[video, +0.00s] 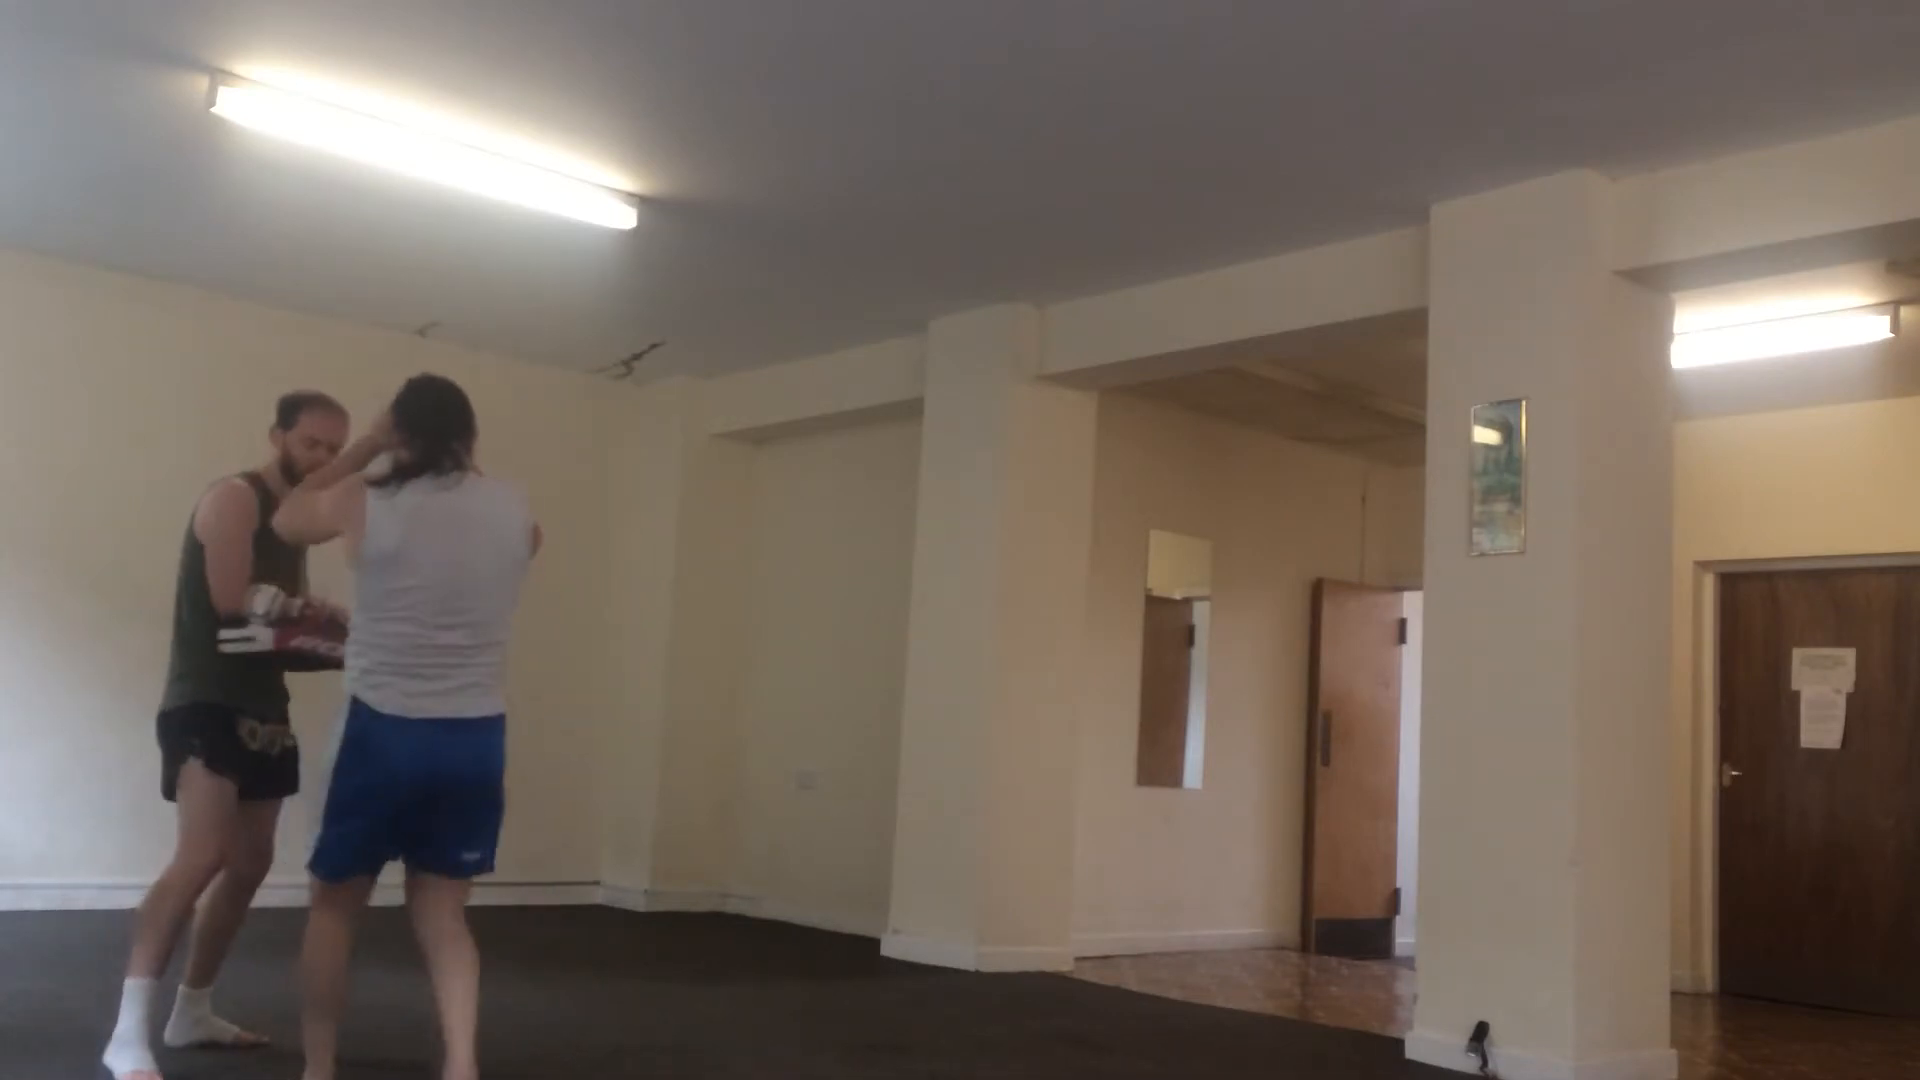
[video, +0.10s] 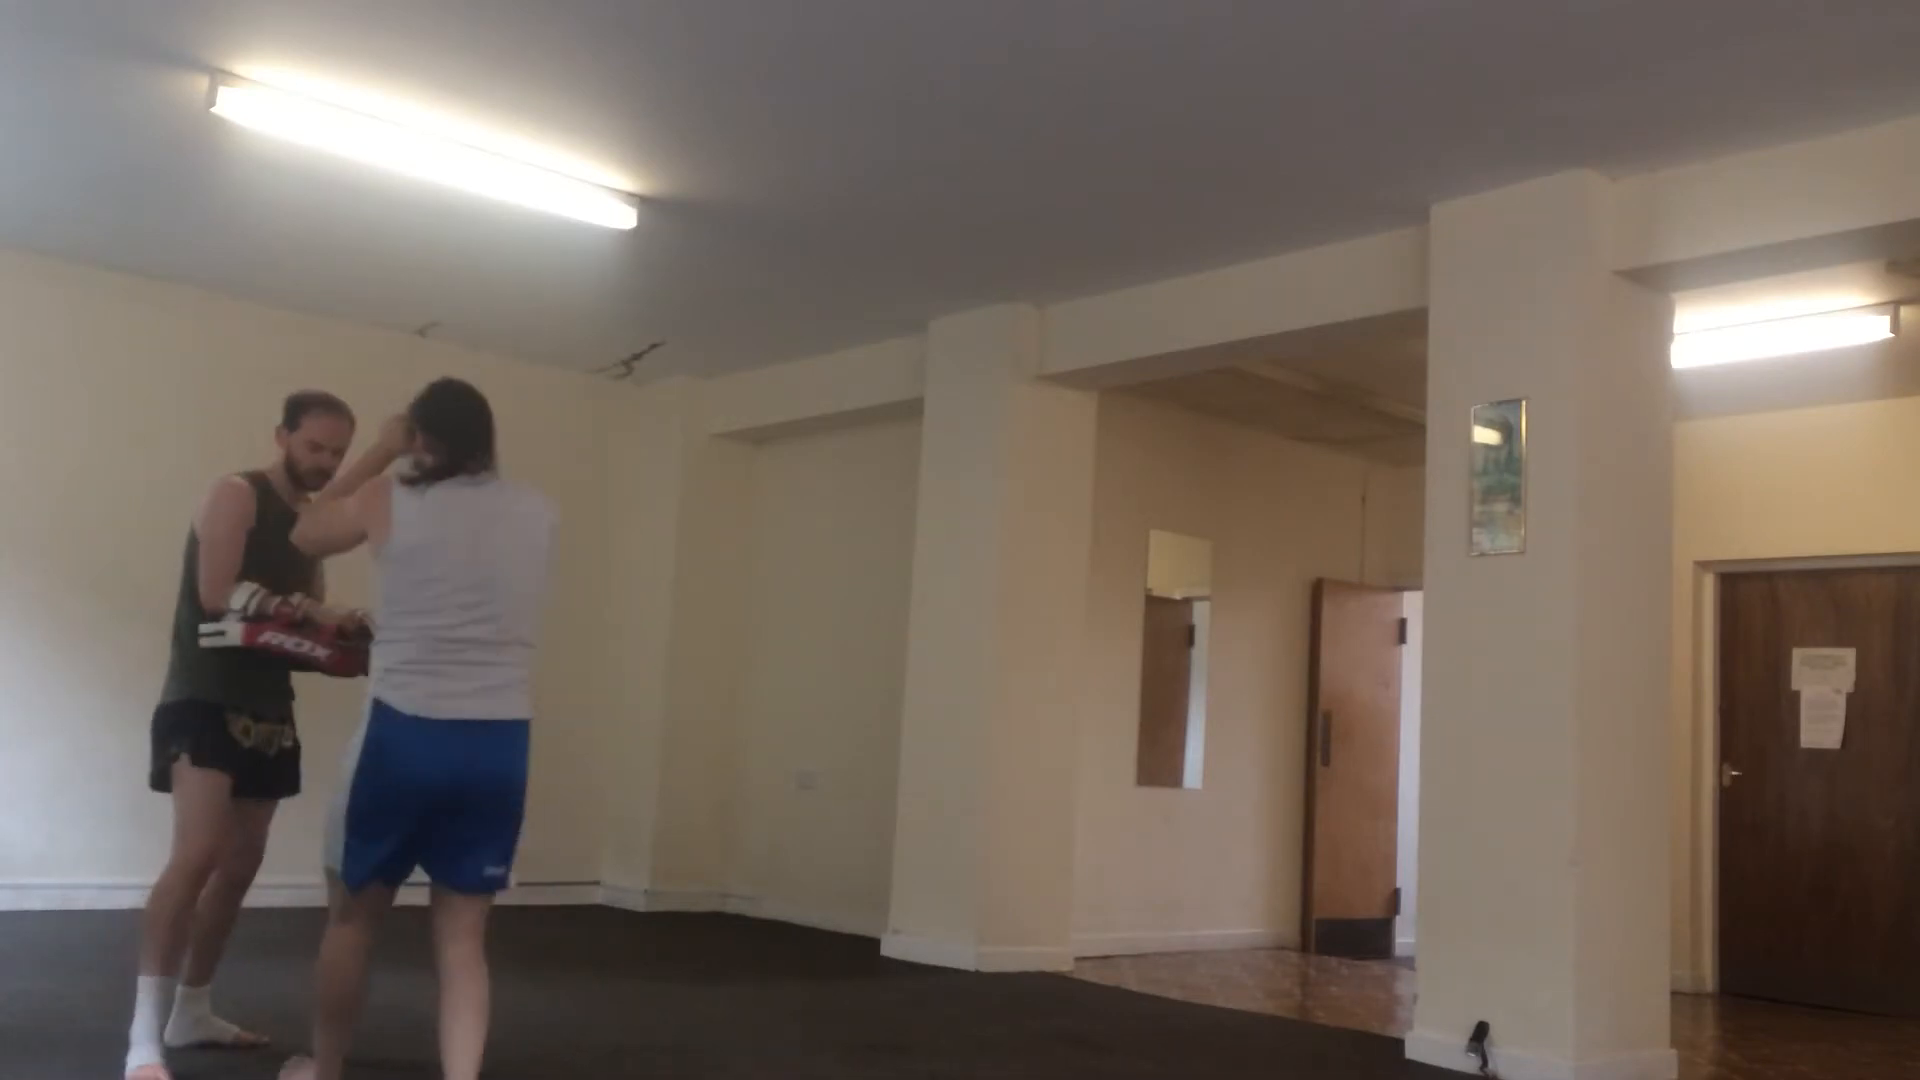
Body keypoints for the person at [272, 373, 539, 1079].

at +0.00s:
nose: (381, 437)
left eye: (387, 428)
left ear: (399, 438)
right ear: (469, 436)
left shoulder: (368, 502)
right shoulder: (512, 508)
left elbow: (288, 520)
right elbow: (524, 547)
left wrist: (365, 449)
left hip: (382, 744)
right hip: (474, 747)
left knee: (336, 906)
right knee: (443, 908)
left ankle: (319, 1066)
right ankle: (462, 1067)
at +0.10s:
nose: (408, 443)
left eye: (411, 433)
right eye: (412, 431)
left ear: (422, 442)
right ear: (490, 441)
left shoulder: (395, 501)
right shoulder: (536, 513)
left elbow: (309, 530)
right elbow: (481, 605)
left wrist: (378, 453)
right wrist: (374, 628)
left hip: (404, 747)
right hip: (498, 751)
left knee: (354, 918)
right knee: (464, 938)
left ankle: (325, 1065)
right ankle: (462, 1074)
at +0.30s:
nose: (433, 445)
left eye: (435, 433)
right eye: (435, 432)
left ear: (449, 436)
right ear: (515, 435)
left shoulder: (431, 485)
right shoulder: (568, 504)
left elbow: (343, 550)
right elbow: (523, 613)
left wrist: (391, 459)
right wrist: (395, 627)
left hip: (447, 736)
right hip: (542, 743)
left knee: (379, 905)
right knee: (492, 914)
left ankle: (417, 1070)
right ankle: (471, 1072)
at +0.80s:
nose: (462, 435)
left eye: (461, 425)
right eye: (462, 426)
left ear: (475, 412)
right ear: (540, 409)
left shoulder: (494, 448)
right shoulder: (593, 479)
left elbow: (372, 515)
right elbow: (462, 582)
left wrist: (414, 437)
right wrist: (391, 524)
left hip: (546, 694)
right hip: (619, 708)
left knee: (486, 933)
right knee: (513, 931)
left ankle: (509, 1070)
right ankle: (520, 1070)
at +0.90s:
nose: (472, 439)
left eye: (470, 429)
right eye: (472, 431)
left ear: (485, 417)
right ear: (548, 414)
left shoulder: (506, 452)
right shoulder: (597, 483)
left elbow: (383, 513)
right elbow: (476, 575)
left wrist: (424, 438)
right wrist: (426, 493)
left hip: (568, 704)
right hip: (627, 716)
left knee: (481, 934)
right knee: (516, 935)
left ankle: (539, 1068)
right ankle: (541, 1066)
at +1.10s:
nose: (494, 440)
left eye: (493, 430)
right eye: (494, 431)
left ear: (509, 421)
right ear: (577, 420)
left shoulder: (526, 459)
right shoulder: (634, 493)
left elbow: (406, 523)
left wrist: (450, 441)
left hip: (583, 709)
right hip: (647, 723)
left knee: (550, 960)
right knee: (510, 925)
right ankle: (527, 1073)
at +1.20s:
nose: (508, 438)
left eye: (506, 427)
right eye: (508, 429)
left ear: (522, 418)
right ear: (589, 414)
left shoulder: (540, 455)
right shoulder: (647, 485)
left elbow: (420, 520)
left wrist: (460, 438)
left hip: (588, 708)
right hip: (657, 724)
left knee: (550, 965)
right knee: (527, 951)